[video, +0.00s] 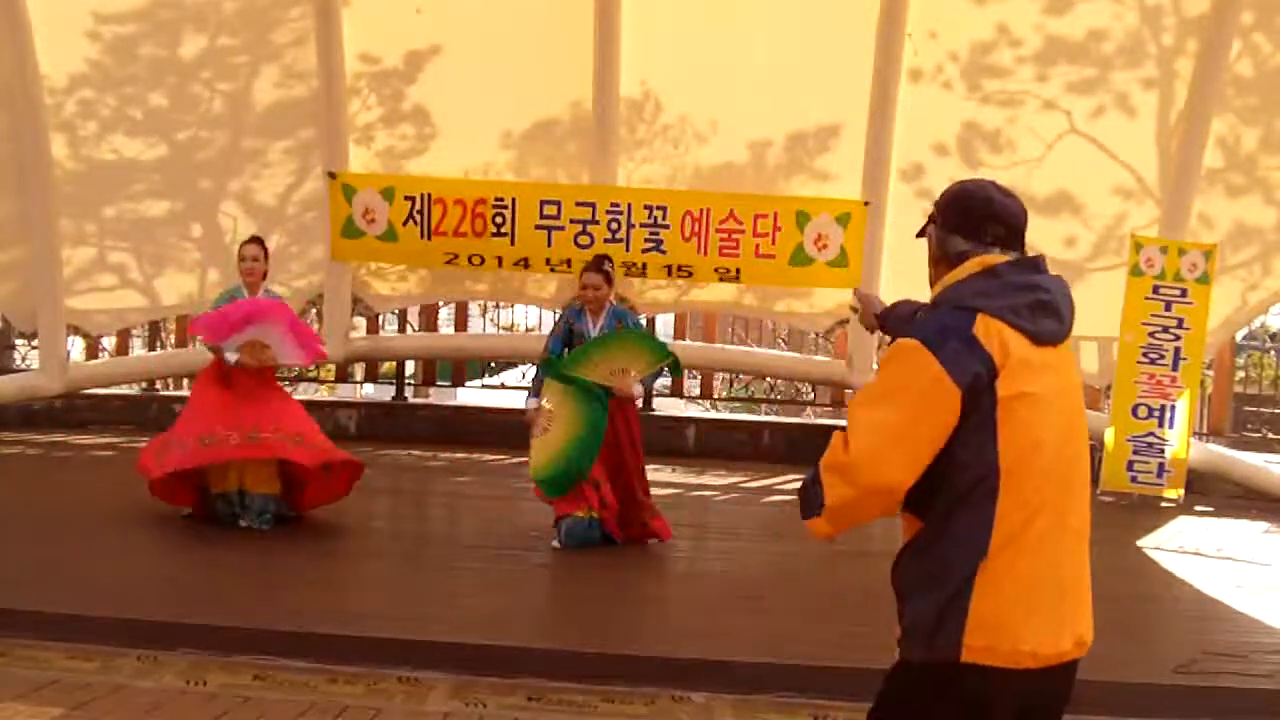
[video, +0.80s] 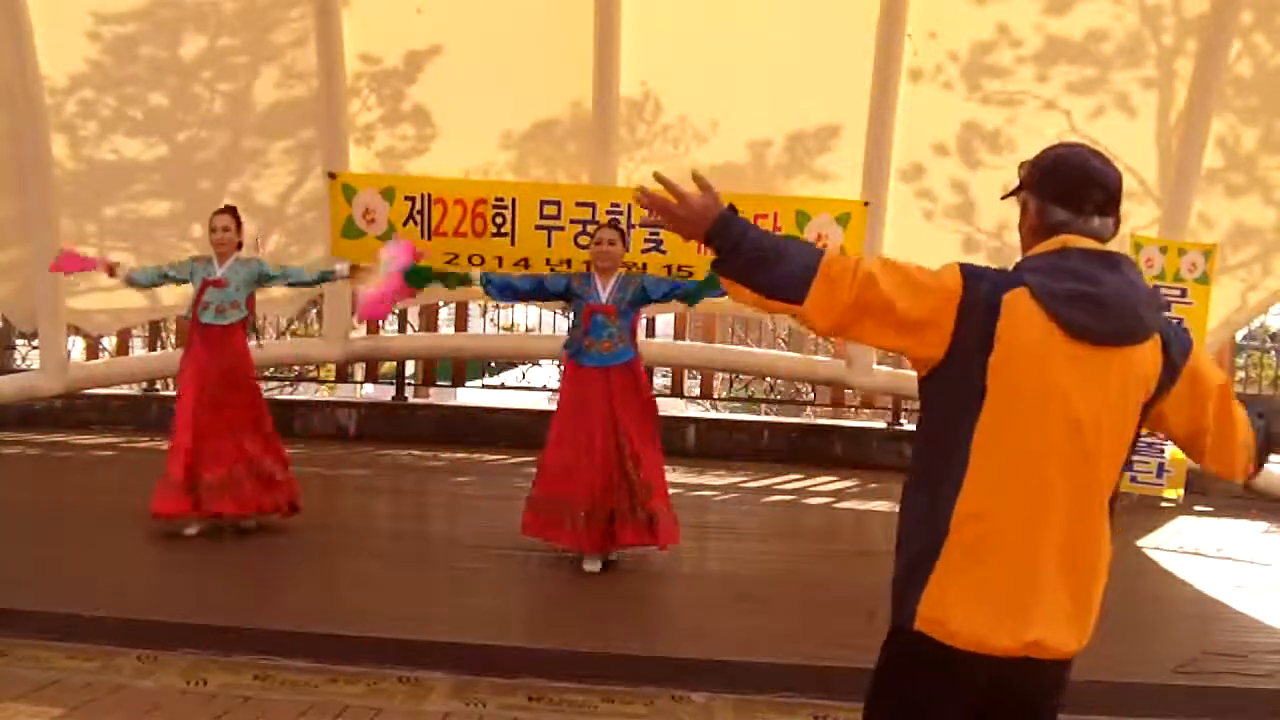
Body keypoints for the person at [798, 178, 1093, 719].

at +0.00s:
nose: (928, 255)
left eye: (929, 239)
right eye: (929, 238)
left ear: (944, 244)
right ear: (1010, 248)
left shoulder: (952, 329)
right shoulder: (1047, 324)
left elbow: (873, 467)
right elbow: (963, 328)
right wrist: (887, 316)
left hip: (970, 652)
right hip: (1054, 647)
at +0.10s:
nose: (941, 258)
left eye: (943, 244)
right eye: (943, 243)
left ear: (952, 249)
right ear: (1020, 256)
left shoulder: (963, 332)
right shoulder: (1054, 338)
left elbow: (872, 453)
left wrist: (810, 524)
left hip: (977, 656)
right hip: (1059, 656)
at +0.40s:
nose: (964, 243)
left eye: (965, 228)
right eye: (965, 228)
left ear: (979, 230)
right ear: (1049, 237)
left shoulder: (978, 319)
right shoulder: (1092, 326)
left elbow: (852, 406)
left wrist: (750, 460)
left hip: (979, 642)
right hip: (1066, 643)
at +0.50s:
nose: (976, 227)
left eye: (979, 212)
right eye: (979, 212)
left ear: (992, 219)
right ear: (1064, 225)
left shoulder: (984, 310)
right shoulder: (1126, 329)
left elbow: (854, 386)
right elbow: (1150, 436)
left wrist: (735, 397)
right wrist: (1074, 431)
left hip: (972, 628)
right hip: (1065, 632)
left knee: (919, 711)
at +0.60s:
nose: (997, 220)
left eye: (1000, 205)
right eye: (999, 205)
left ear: (1014, 210)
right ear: (1087, 221)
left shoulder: (988, 305)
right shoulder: (1144, 325)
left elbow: (848, 354)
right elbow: (1184, 410)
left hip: (965, 618)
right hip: (1063, 624)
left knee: (927, 713)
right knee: (1025, 715)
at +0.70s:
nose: (1010, 224)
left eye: (1013, 207)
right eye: (1013, 208)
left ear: (1027, 209)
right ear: (1107, 220)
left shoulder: (984, 300)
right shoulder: (1159, 335)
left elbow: (841, 314)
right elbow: (1219, 417)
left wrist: (734, 250)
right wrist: (1189, 355)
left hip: (956, 612)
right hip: (1058, 623)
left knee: (914, 719)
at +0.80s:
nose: (1012, 222)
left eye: (1014, 208)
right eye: (1014, 209)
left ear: (1029, 213)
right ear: (1114, 223)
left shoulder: (978, 299)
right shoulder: (1161, 342)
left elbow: (843, 285)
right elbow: (1236, 451)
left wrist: (721, 233)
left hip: (948, 624)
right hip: (1054, 639)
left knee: (901, 712)